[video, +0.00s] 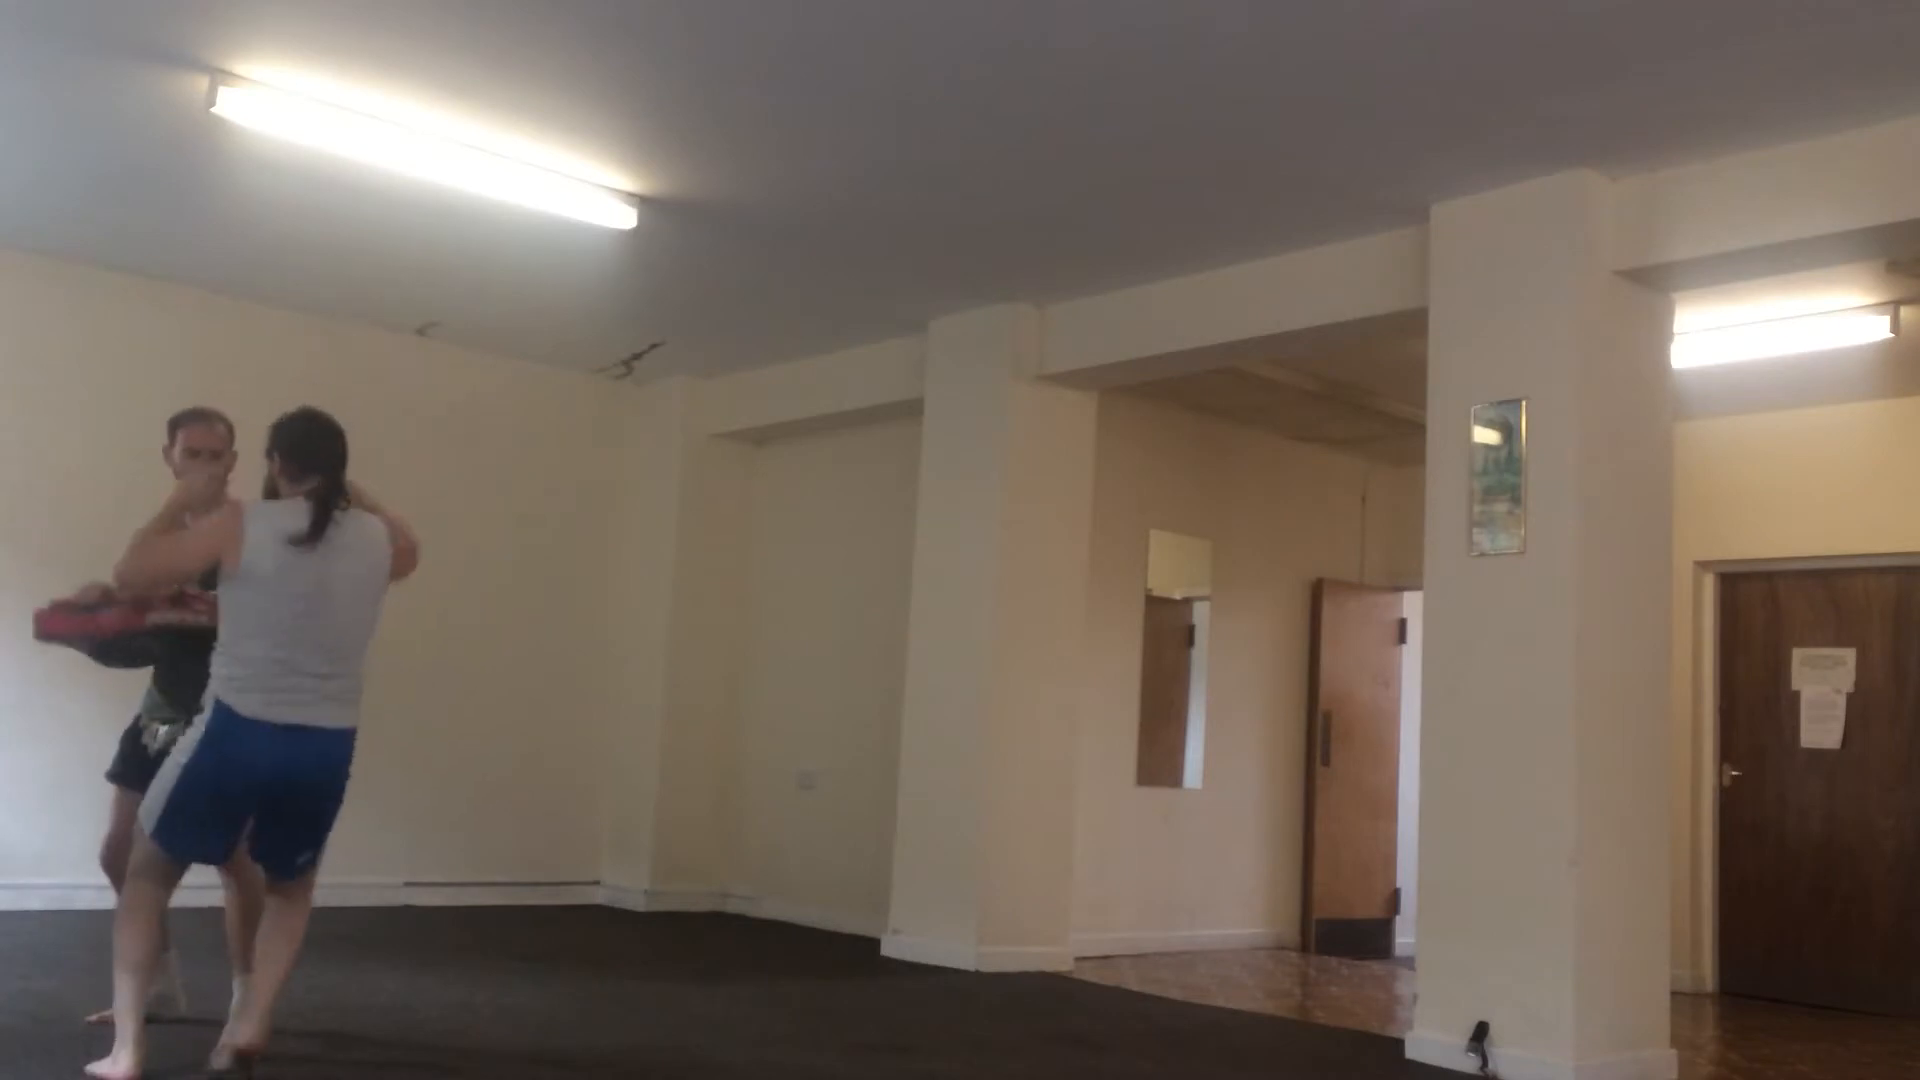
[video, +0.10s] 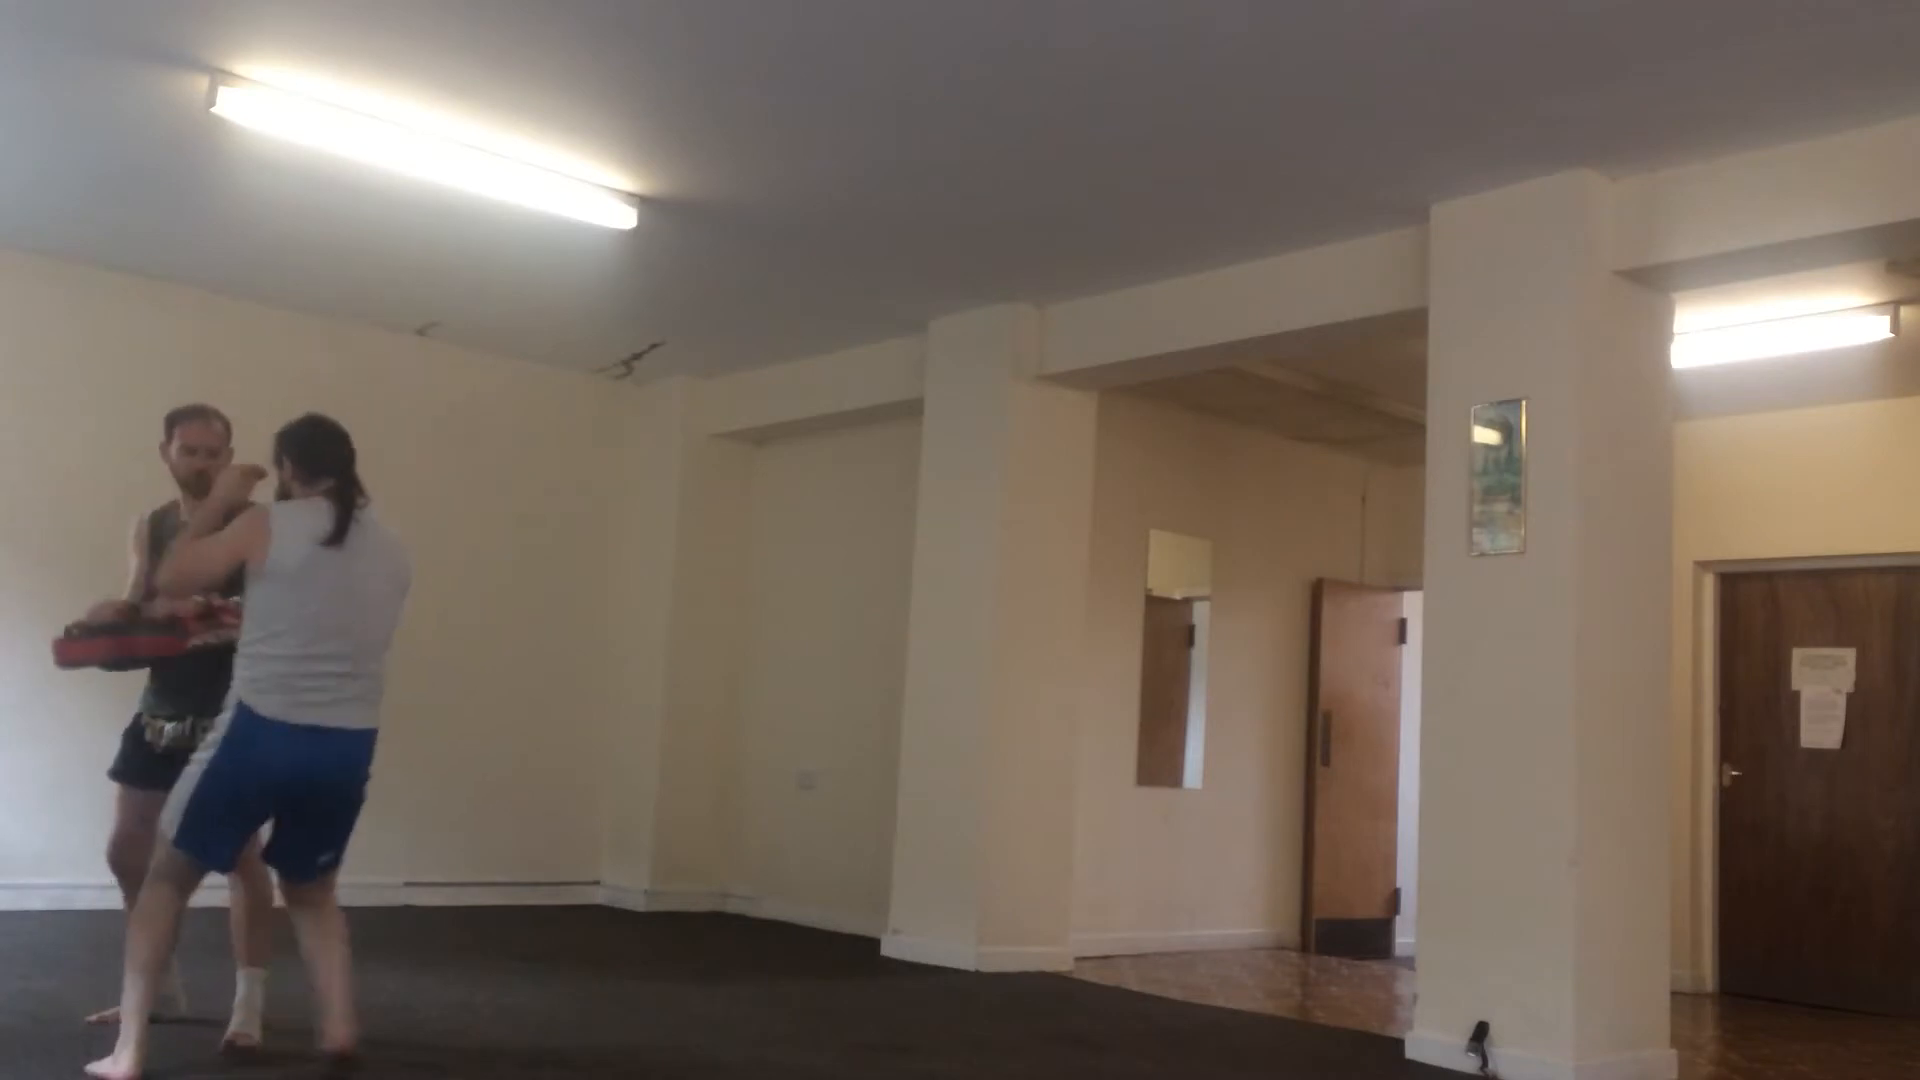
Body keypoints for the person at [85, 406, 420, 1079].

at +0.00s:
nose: (261, 467)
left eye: (264, 458)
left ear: (277, 465)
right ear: (341, 469)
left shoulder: (239, 526)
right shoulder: (376, 540)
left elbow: (133, 570)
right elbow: (406, 549)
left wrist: (180, 500)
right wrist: (351, 494)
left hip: (235, 742)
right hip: (325, 753)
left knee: (146, 878)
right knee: (290, 889)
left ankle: (127, 1048)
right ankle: (250, 1027)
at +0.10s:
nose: (275, 477)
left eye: (277, 466)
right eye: (279, 467)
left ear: (290, 472)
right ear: (349, 469)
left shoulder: (267, 526)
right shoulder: (392, 549)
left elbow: (173, 574)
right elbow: (340, 618)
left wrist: (221, 499)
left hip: (260, 741)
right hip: (346, 752)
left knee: (169, 876)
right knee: (312, 884)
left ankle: (129, 1048)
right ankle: (339, 1028)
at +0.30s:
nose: (318, 488)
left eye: (321, 479)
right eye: (321, 479)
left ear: (336, 482)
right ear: (394, 485)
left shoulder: (327, 521)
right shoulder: (432, 545)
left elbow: (247, 584)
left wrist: (285, 506)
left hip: (338, 742)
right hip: (417, 753)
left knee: (213, 873)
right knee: (355, 898)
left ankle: (192, 1056)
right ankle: (404, 1057)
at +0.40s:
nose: (338, 491)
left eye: (341, 483)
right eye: (339, 482)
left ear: (355, 481)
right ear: (416, 482)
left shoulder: (349, 519)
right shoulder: (459, 549)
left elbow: (269, 581)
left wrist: (307, 506)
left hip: (358, 743)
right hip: (438, 755)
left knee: (238, 895)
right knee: (370, 900)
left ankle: (277, 1055)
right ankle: (406, 1059)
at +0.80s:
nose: (359, 443)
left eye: (365, 435)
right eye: (366, 435)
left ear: (382, 438)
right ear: (446, 442)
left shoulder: (355, 482)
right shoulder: (496, 504)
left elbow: (292, 556)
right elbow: (468, 579)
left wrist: (342, 476)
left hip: (390, 726)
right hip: (486, 731)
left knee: (349, 921)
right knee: (446, 902)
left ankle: (382, 1071)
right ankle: (457, 1068)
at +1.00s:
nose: (389, 414)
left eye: (395, 408)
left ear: (406, 416)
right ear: (474, 424)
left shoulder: (369, 466)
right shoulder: (524, 485)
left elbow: (311, 538)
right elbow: (520, 570)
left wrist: (368, 452)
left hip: (402, 715)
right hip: (501, 720)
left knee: (370, 915)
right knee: (476, 922)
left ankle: (387, 1071)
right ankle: (482, 1073)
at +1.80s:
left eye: (447, 385)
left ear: (443, 397)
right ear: (521, 406)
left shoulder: (391, 452)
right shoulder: (554, 464)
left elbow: (329, 520)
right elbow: (593, 535)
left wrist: (408, 439)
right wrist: (545, 478)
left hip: (392, 706)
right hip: (500, 711)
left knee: (373, 939)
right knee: (499, 933)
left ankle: (347, 1074)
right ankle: (490, 1073)